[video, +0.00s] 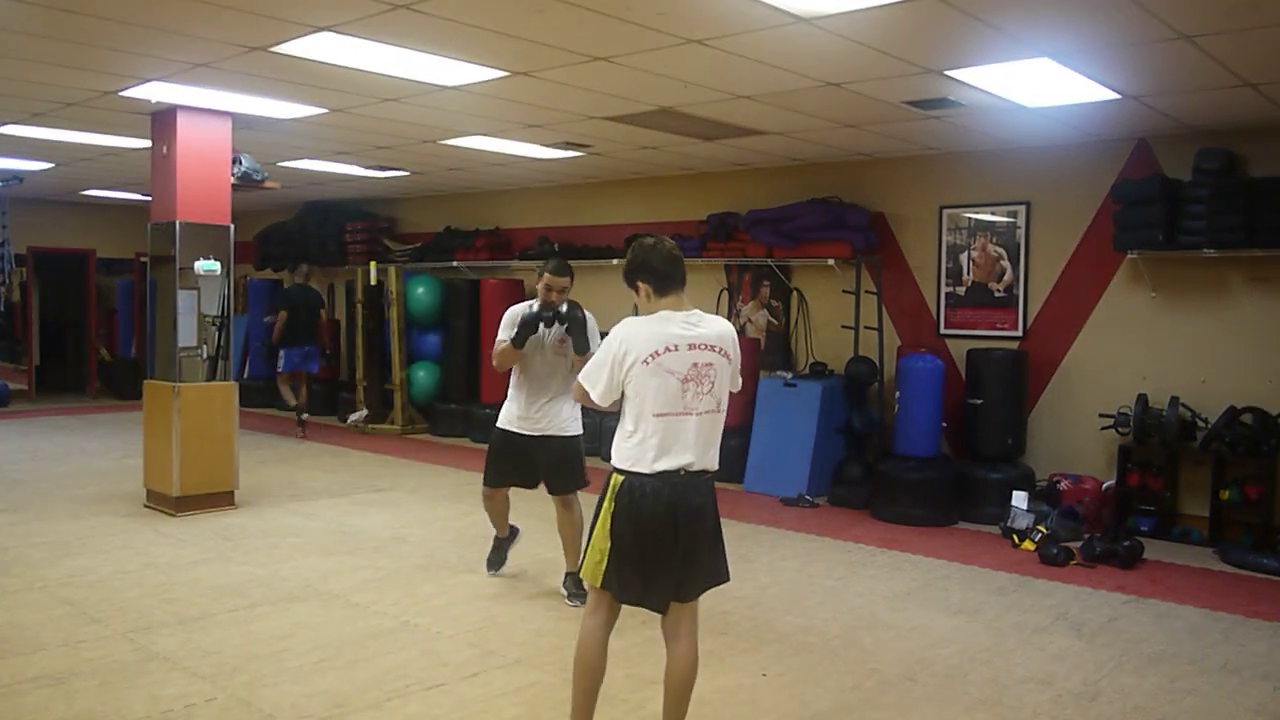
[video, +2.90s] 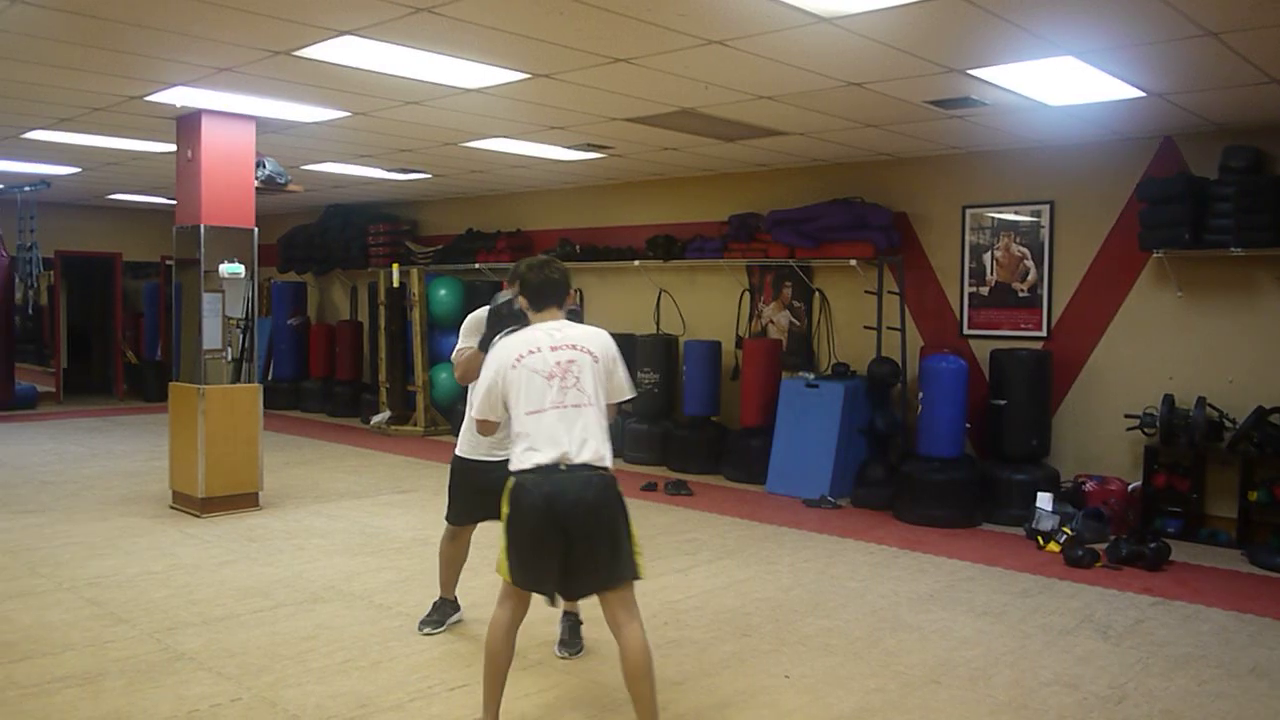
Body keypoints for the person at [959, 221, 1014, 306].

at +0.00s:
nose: (983, 241)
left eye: (985, 237)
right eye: (979, 237)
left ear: (990, 237)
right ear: (975, 237)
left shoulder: (998, 252)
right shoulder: (971, 253)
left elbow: (1009, 272)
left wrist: (1000, 286)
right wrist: (966, 279)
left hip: (992, 288)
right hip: (975, 287)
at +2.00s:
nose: (983, 241)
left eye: (985, 237)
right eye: (979, 237)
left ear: (990, 237)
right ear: (975, 237)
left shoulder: (998, 252)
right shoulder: (971, 253)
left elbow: (1009, 272)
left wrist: (1000, 286)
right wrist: (966, 279)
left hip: (992, 288)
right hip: (975, 287)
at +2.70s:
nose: (987, 242)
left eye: (990, 238)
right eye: (983, 238)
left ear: (995, 238)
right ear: (979, 238)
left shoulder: (1003, 254)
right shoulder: (975, 254)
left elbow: (1014, 273)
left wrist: (1005, 287)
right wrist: (971, 280)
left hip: (995, 289)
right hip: (979, 288)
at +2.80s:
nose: (995, 240)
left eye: (999, 236)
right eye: (992, 236)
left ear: (1004, 237)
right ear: (988, 237)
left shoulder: (1012, 252)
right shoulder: (985, 251)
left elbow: (1023, 272)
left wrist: (1015, 286)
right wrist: (979, 278)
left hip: (1004, 288)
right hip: (988, 287)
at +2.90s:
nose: (1006, 240)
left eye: (1009, 236)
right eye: (1003, 236)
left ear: (1014, 237)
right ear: (999, 237)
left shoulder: (1022, 252)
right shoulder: (994, 253)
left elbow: (1033, 272)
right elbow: (991, 269)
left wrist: (1025, 286)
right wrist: (990, 279)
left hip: (1014, 287)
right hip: (998, 286)